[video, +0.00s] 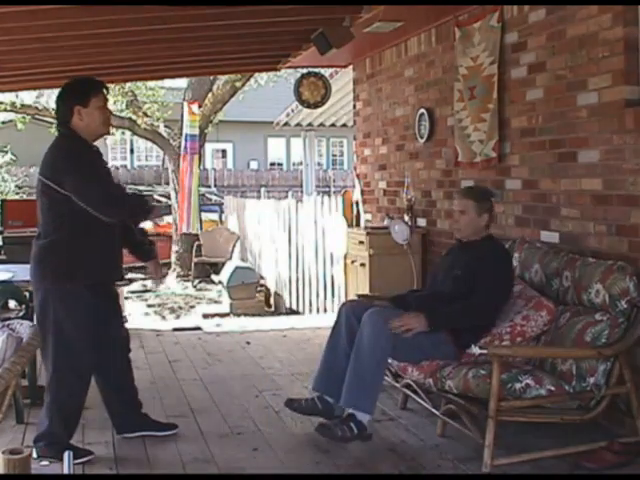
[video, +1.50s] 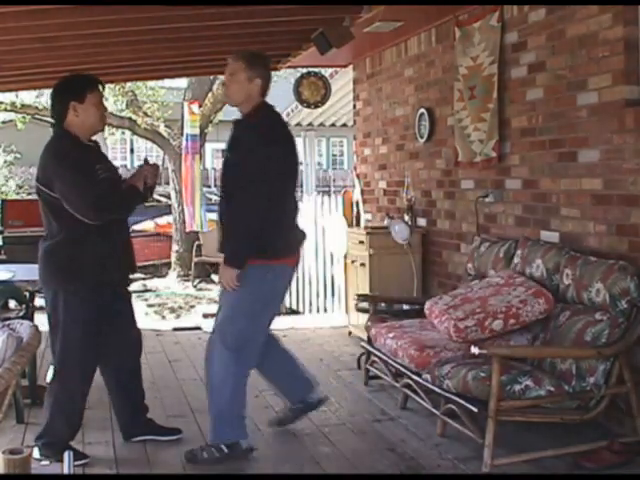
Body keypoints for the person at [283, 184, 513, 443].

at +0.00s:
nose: (453, 219)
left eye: (461, 213)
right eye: (453, 212)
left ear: (485, 218)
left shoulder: (496, 256)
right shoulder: (456, 251)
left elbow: (482, 311)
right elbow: (432, 294)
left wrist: (430, 319)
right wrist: (391, 303)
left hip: (452, 338)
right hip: (426, 323)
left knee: (377, 322)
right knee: (352, 310)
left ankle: (358, 419)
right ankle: (328, 399)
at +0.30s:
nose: (442, 228)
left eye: (450, 222)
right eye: (441, 221)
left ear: (473, 226)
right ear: (440, 222)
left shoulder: (491, 256)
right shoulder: (451, 255)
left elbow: (513, 304)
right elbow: (439, 294)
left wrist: (471, 338)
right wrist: (413, 309)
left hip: (456, 338)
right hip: (432, 326)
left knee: (380, 316)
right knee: (356, 306)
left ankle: (366, 415)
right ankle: (345, 396)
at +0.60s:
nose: (370, 229)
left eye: (377, 222)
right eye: (370, 222)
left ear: (402, 223)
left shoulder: (428, 251)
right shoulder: (397, 253)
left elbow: (469, 291)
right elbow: (415, 301)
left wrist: (461, 346)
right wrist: (394, 317)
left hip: (447, 339)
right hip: (422, 328)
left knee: (369, 327)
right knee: (346, 318)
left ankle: (370, 423)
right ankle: (343, 407)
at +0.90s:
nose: (290, 196)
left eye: (295, 189)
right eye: (291, 189)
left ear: (318, 190)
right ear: (311, 192)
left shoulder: (362, 219)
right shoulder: (321, 229)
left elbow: (402, 267)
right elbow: (350, 278)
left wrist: (424, 321)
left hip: (400, 297)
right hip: (366, 296)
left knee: (333, 335)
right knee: (311, 328)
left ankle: (367, 424)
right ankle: (335, 413)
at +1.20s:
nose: (260, 110)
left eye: (266, 103)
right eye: (261, 103)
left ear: (291, 107)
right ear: (284, 109)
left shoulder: (312, 150)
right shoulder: (287, 151)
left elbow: (324, 216)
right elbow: (288, 214)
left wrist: (305, 275)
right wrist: (256, 252)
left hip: (333, 260)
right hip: (323, 259)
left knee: (279, 327)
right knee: (308, 339)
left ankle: (311, 412)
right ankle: (342, 411)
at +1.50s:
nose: (224, 84)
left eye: (231, 77)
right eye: (225, 77)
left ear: (256, 83)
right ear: (254, 85)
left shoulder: (259, 129)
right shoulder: (260, 125)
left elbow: (251, 199)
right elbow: (250, 196)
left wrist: (233, 259)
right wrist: (231, 250)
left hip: (264, 255)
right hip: (268, 253)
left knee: (226, 345)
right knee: (247, 335)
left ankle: (229, 440)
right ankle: (305, 394)